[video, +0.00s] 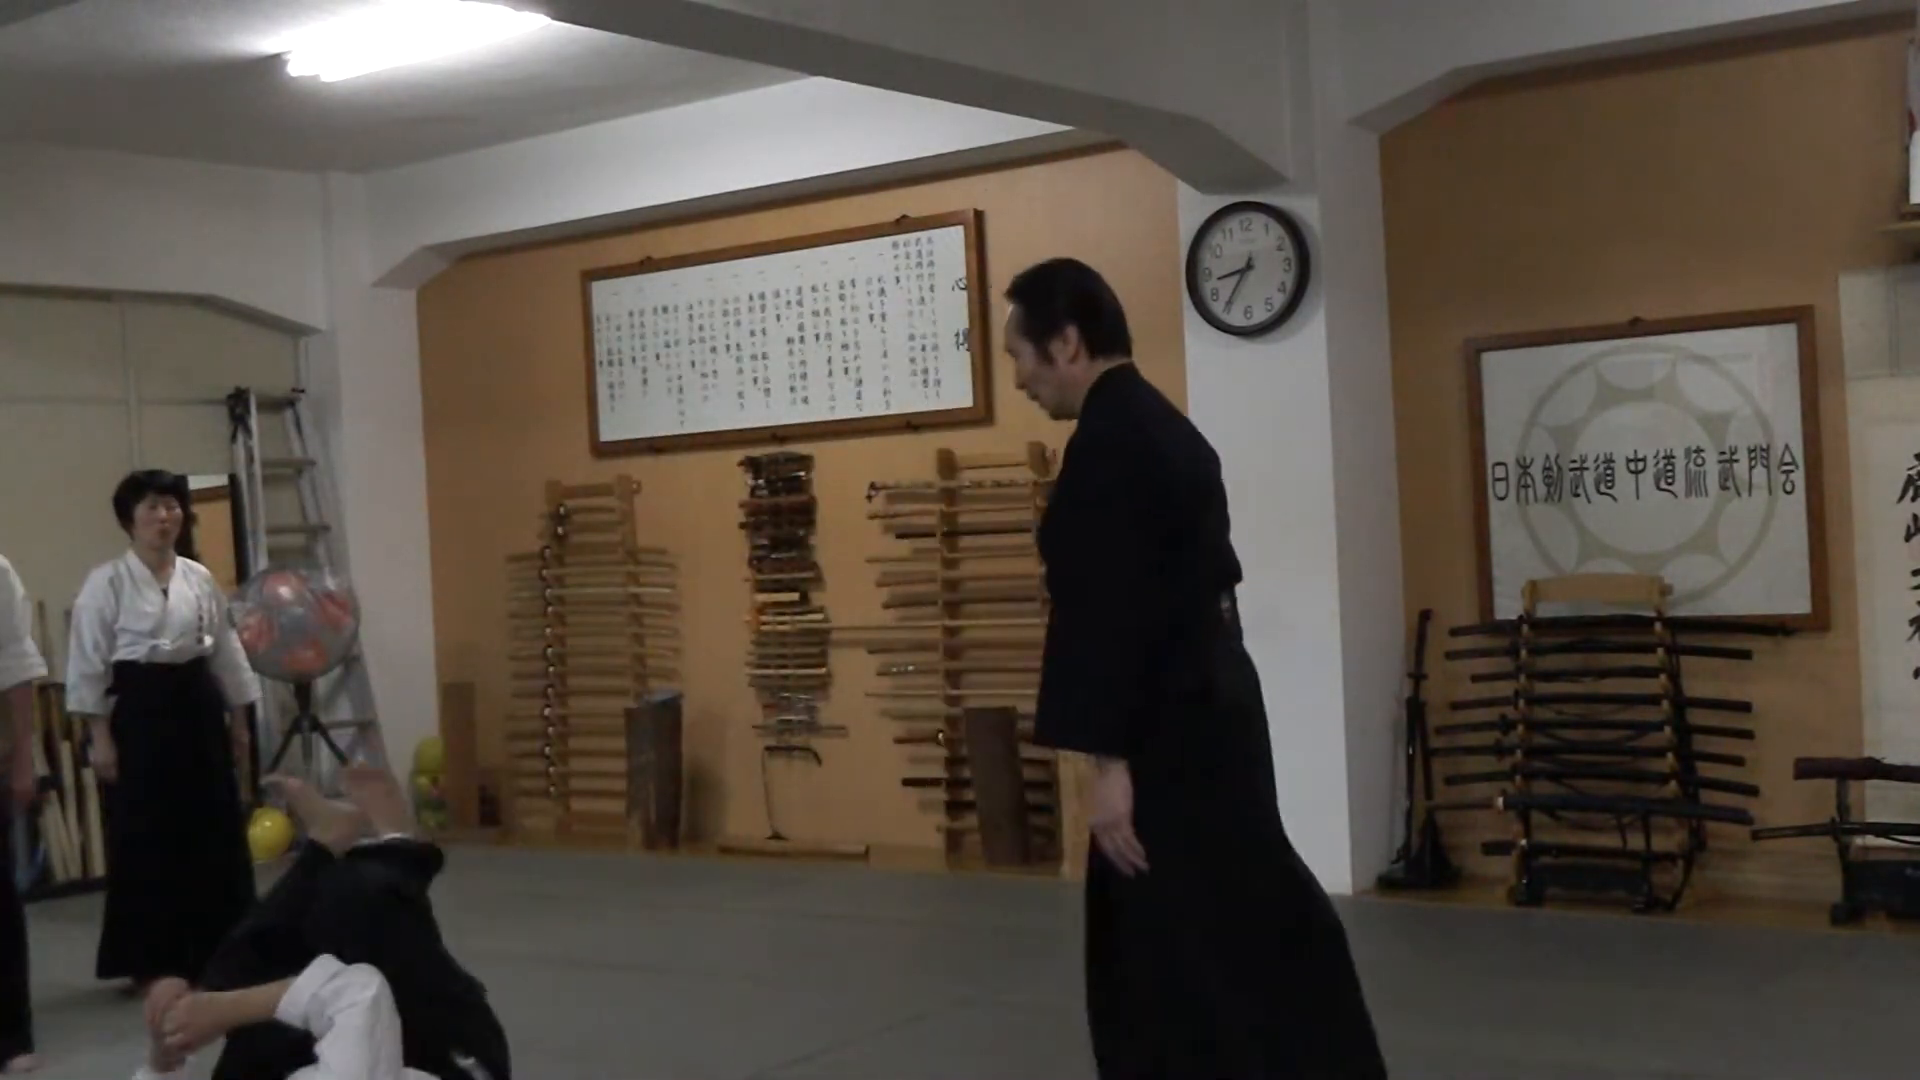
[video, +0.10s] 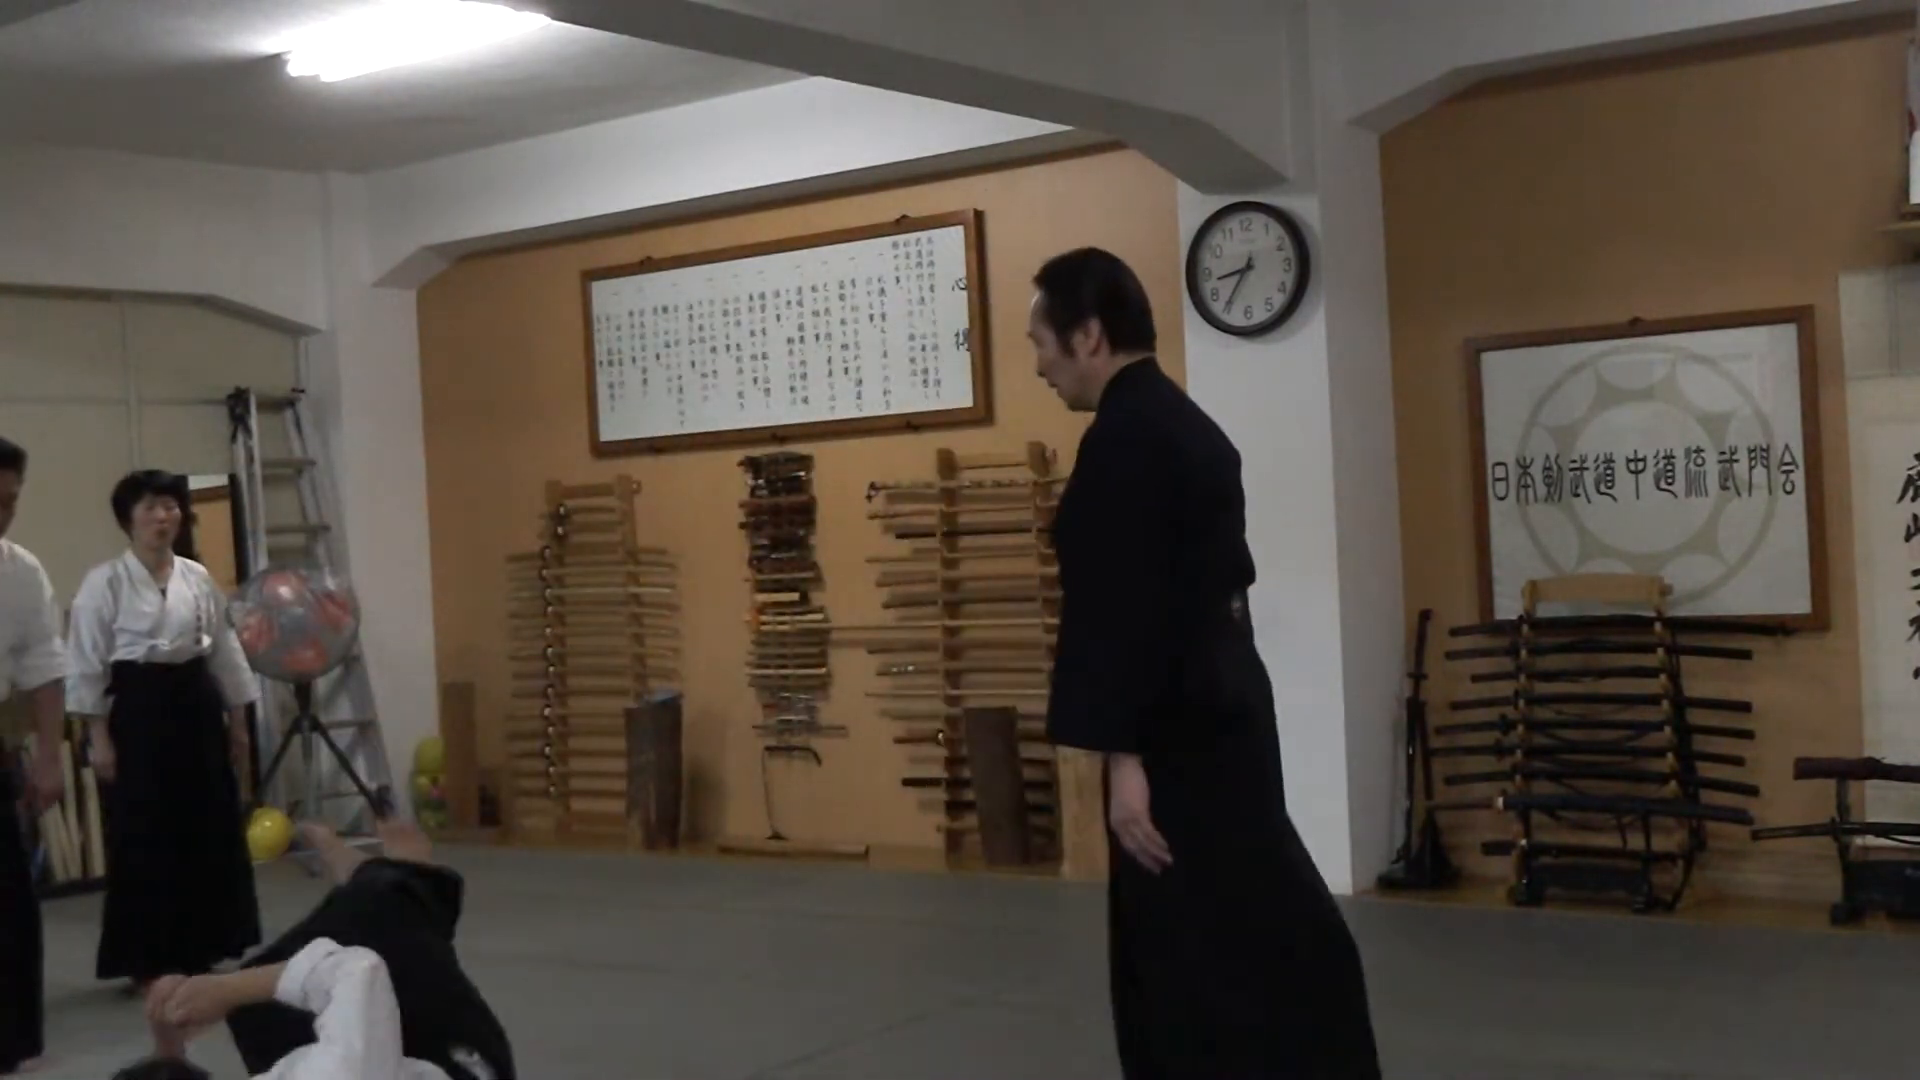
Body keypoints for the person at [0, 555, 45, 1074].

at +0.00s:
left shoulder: (3, 577)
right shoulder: (6, 579)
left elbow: (18, 671)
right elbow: (19, 672)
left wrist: (22, 756)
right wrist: (22, 756)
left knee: (7, 904)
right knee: (8, 904)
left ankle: (16, 1041)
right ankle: (14, 1040)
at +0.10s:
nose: (4, 506)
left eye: (10, 495)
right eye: (1, 494)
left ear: (19, 496)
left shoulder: (20, 572)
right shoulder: (19, 572)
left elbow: (41, 671)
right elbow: (42, 671)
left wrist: (48, 756)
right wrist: (45, 756)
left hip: (7, 762)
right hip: (7, 761)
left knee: (14, 903)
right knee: (13, 904)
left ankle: (20, 1042)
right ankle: (16, 1041)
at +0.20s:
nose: (16, 515)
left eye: (28, 501)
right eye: (6, 499)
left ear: (41, 501)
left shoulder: (39, 570)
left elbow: (60, 673)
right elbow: (59, 674)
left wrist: (68, 758)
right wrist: (63, 758)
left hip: (12, 753)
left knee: (22, 894)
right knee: (18, 893)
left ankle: (25, 1044)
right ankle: (18, 1042)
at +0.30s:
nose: (38, 513)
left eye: (48, 500)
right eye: (25, 497)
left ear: (56, 499)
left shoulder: (54, 570)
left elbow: (76, 668)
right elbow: (73, 669)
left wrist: (85, 749)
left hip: (14, 735)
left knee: (23, 884)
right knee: (17, 883)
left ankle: (28, 1042)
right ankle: (16, 1043)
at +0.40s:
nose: (48, 508)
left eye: (58, 494)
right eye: (34, 491)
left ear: (66, 496)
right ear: (1, 486)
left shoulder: (64, 567)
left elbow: (86, 664)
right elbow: (84, 665)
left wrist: (90, 752)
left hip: (23, 731)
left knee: (30, 881)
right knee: (16, 881)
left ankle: (37, 1038)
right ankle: (13, 1039)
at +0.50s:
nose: (52, 504)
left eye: (61, 491)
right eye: (39, 488)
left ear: (68, 494)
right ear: (4, 484)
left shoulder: (70, 565)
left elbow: (91, 660)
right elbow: (89, 662)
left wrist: (98, 751)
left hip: (34, 733)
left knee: (48, 880)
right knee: (17, 883)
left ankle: (53, 1035)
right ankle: (13, 1039)